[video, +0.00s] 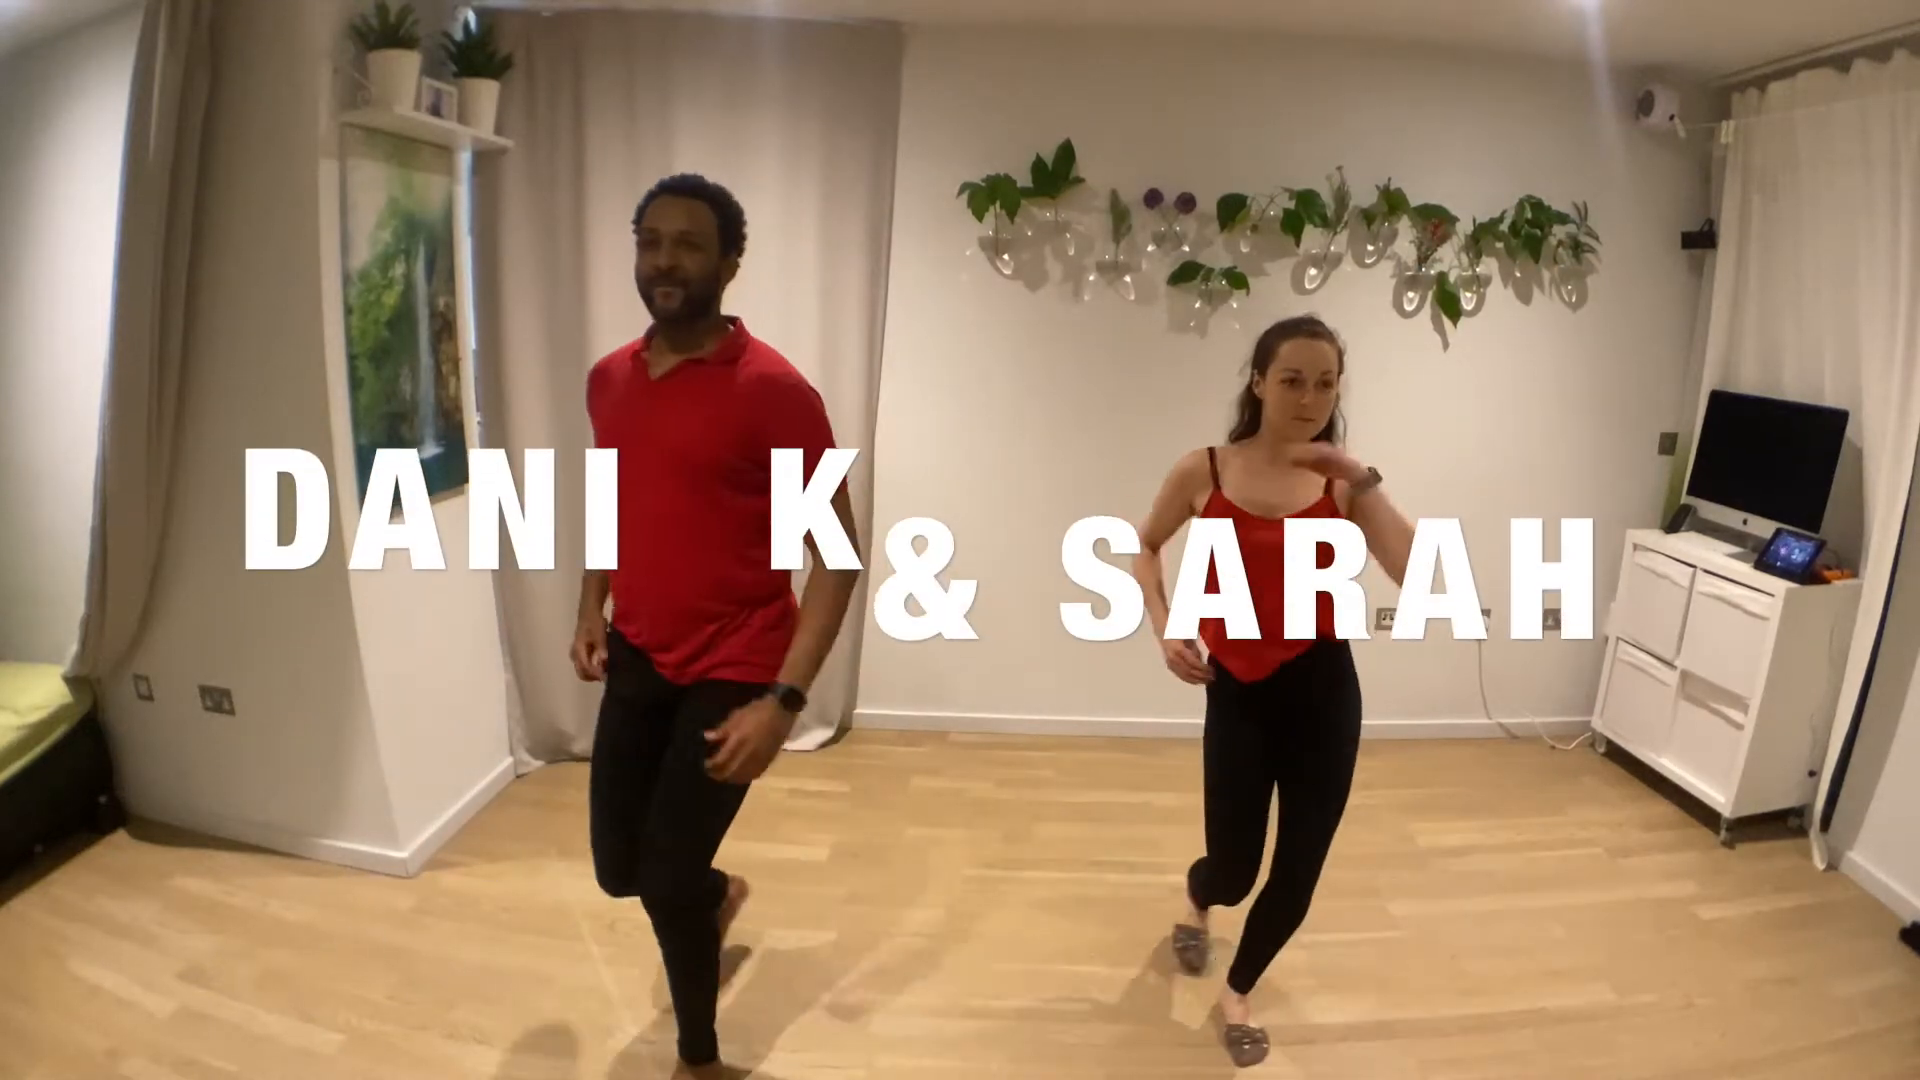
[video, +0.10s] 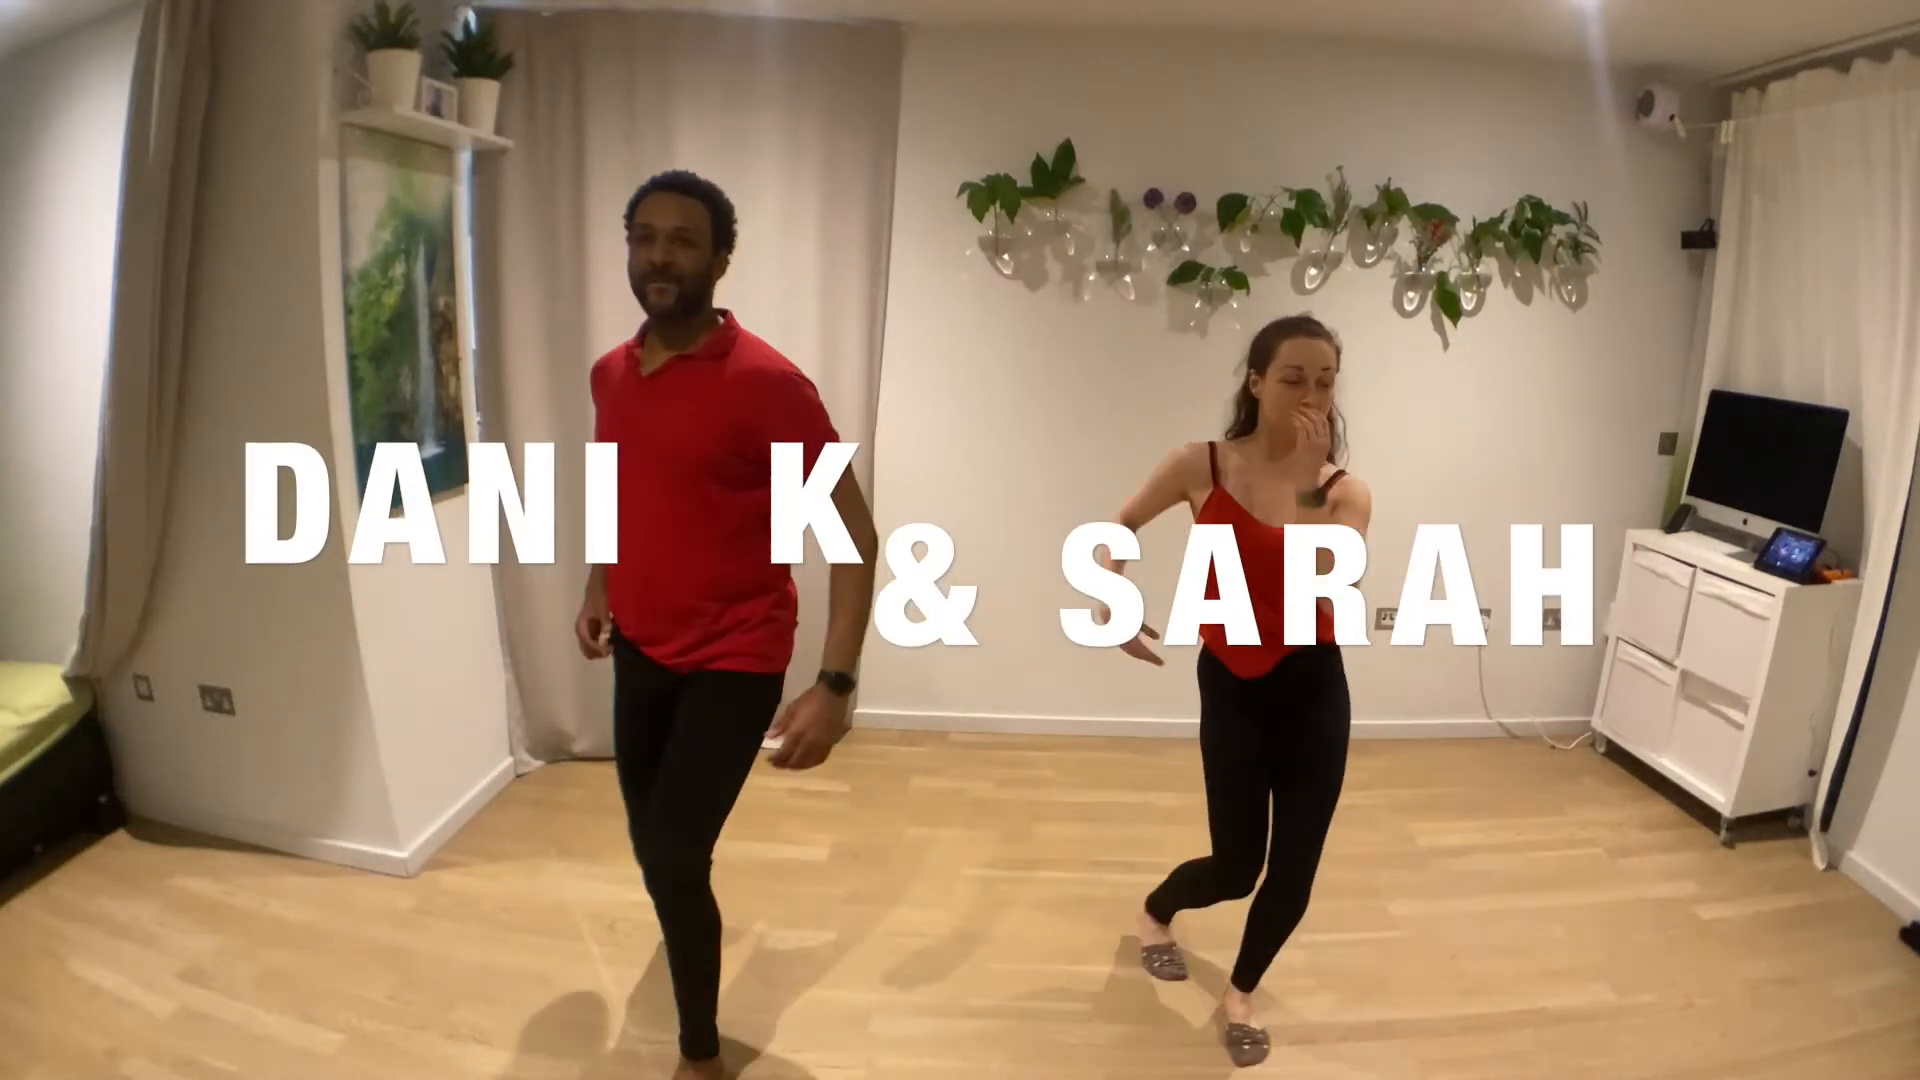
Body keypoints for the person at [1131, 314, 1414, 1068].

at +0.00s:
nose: (1310, 397)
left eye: (1325, 382)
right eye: (1294, 380)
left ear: (1339, 391)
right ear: (1259, 384)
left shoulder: (1347, 479)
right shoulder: (1202, 471)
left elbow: (1415, 572)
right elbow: (1146, 546)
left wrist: (1366, 489)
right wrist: (1164, 631)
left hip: (1323, 692)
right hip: (1237, 694)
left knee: (1298, 874)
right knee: (1234, 877)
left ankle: (1237, 995)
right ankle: (1194, 899)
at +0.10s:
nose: (1312, 396)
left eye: (1325, 382)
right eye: (1295, 379)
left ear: (1338, 391)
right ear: (1255, 383)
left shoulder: (1346, 493)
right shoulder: (1200, 467)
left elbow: (1335, 593)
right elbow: (1113, 532)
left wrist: (1320, 498)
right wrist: (1117, 611)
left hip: (1314, 690)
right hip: (1231, 688)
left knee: (1294, 872)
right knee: (1236, 868)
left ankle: (1241, 997)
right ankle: (1154, 913)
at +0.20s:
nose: (1333, 394)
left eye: (1337, 380)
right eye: (1317, 378)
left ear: (1332, 391)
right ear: (1263, 383)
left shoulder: (1341, 492)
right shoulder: (1198, 472)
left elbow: (1333, 595)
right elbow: (1111, 554)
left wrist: (1328, 598)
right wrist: (1084, 647)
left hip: (1300, 680)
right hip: (1219, 678)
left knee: (1308, 849)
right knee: (1222, 853)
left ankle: (1252, 983)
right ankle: (1165, 914)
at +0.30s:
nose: (1335, 400)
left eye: (1335, 383)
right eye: (1323, 383)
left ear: (1290, 386)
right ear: (1271, 386)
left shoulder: (1331, 483)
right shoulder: (1209, 484)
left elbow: (1371, 583)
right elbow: (1166, 607)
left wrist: (1335, 558)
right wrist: (1130, 719)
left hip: (1288, 674)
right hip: (1210, 675)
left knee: (1324, 822)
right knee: (1203, 837)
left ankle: (1235, 902)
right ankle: (1172, 926)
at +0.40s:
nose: (1338, 394)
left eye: (1338, 377)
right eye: (1328, 377)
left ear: (1290, 383)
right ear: (1281, 381)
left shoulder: (1306, 452)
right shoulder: (1232, 480)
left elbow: (1351, 501)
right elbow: (1305, 587)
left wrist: (1352, 525)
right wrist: (1335, 688)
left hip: (1280, 666)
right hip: (1207, 672)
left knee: (1334, 811)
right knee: (1199, 828)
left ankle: (1244, 840)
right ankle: (1172, 924)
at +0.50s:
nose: (1348, 387)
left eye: (1348, 371)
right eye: (1338, 371)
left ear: (1293, 375)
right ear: (1289, 375)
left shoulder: (1297, 446)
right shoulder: (1273, 465)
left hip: (1282, 662)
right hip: (1213, 664)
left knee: (1361, 806)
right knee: (1199, 813)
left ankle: (1288, 855)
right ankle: (1163, 921)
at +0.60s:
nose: (1362, 380)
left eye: (1359, 364)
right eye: (1349, 366)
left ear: (1302, 373)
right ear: (1301, 374)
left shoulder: (1276, 448)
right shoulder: (1307, 462)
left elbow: (1185, 461)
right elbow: (1453, 474)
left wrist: (1112, 444)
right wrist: (1571, 484)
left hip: (1304, 657)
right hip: (1247, 655)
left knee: (1360, 798)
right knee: (1219, 812)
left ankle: (1344, 894)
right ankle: (1138, 910)